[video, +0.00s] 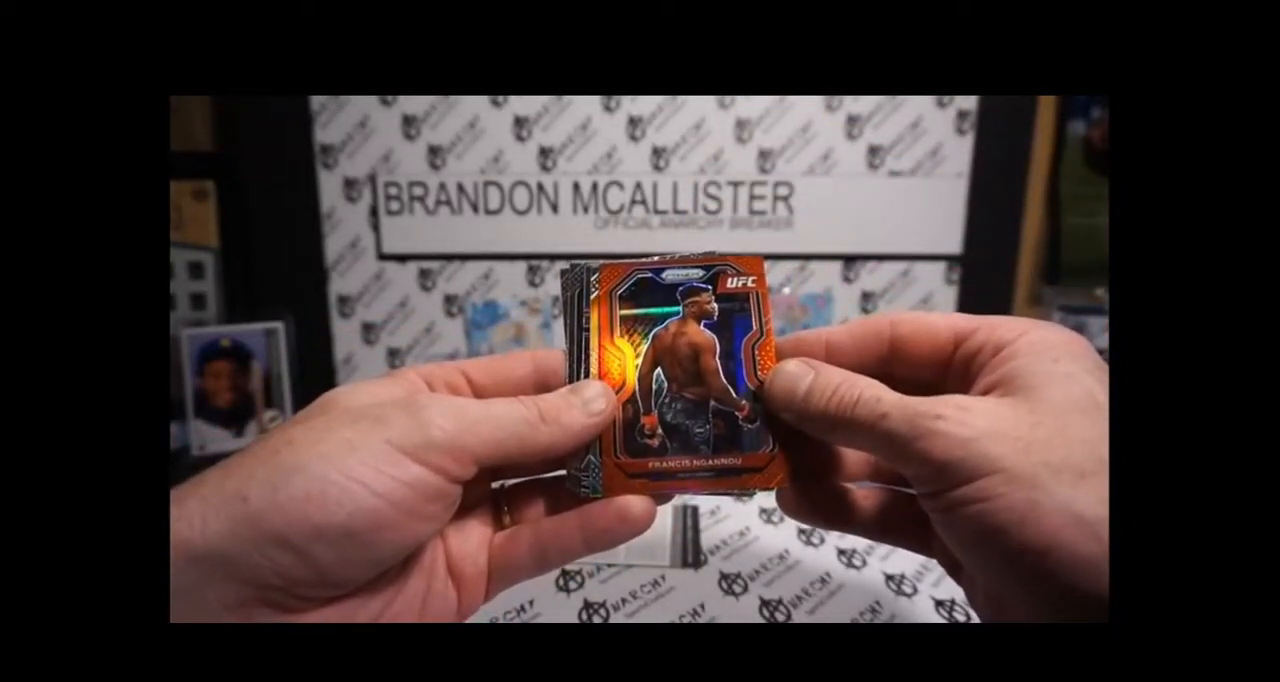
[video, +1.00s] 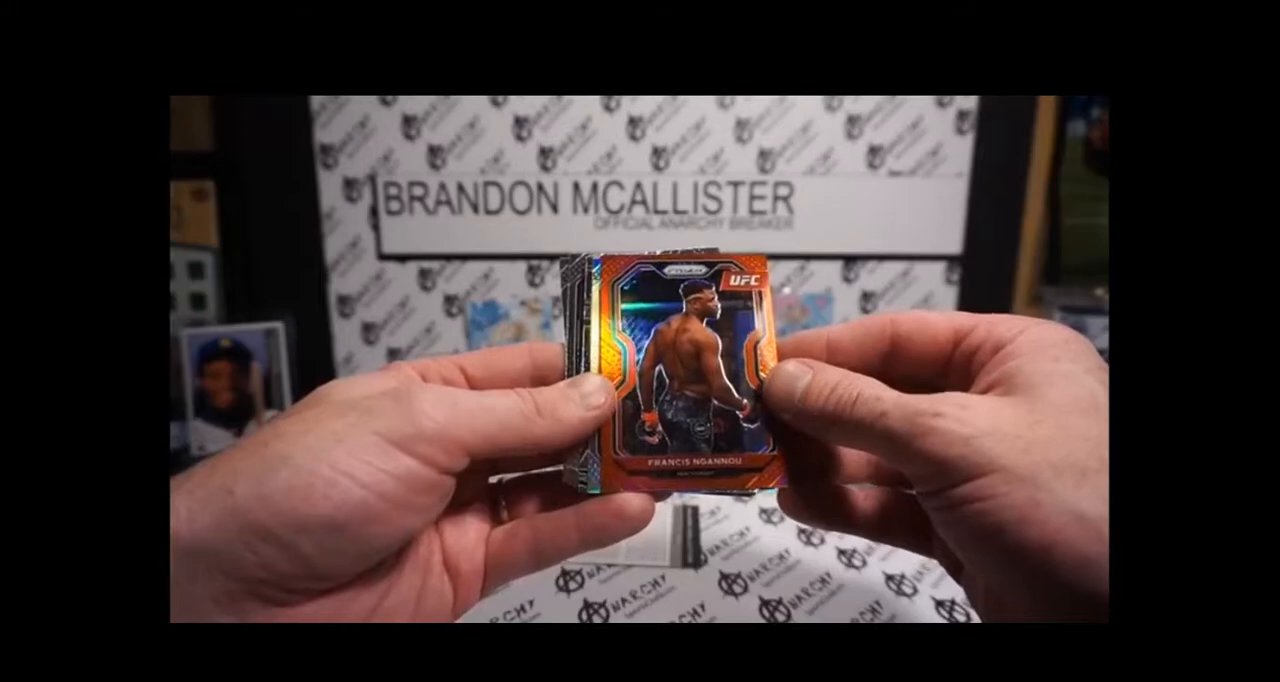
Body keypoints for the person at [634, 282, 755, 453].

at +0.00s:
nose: (715, 306)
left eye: (714, 301)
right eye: (709, 302)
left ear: (690, 308)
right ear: (691, 307)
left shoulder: (660, 334)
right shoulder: (705, 339)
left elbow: (644, 375)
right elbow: (717, 388)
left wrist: (647, 413)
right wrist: (741, 407)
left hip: (669, 406)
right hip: (695, 411)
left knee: (677, 468)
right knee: (699, 472)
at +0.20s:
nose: (716, 308)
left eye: (714, 303)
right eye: (710, 304)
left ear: (690, 310)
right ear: (692, 309)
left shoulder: (661, 335)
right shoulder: (706, 341)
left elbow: (645, 376)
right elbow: (718, 390)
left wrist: (648, 414)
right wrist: (741, 408)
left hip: (669, 407)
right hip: (696, 413)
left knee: (678, 470)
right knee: (700, 474)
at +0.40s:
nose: (718, 308)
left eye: (716, 302)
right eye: (712, 304)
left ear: (692, 308)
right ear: (693, 308)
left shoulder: (663, 333)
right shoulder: (707, 340)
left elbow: (647, 374)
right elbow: (719, 389)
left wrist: (650, 413)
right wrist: (743, 407)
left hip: (671, 407)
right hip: (697, 413)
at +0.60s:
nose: (716, 307)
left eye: (715, 302)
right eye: (710, 303)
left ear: (690, 307)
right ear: (692, 307)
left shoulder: (661, 333)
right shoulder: (705, 339)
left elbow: (645, 373)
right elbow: (718, 388)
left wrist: (648, 413)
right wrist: (742, 407)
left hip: (669, 406)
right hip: (696, 412)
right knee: (697, 472)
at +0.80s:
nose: (717, 305)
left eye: (715, 299)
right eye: (712, 300)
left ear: (690, 305)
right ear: (693, 304)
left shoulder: (661, 330)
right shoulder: (705, 338)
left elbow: (644, 370)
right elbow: (717, 389)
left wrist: (646, 410)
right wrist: (740, 406)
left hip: (667, 404)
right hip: (693, 411)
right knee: (696, 471)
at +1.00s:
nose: (718, 304)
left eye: (716, 298)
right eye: (712, 299)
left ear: (693, 304)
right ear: (695, 303)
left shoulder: (662, 329)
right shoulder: (707, 337)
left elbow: (646, 369)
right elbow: (719, 387)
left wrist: (648, 410)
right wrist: (742, 405)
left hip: (669, 403)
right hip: (695, 410)